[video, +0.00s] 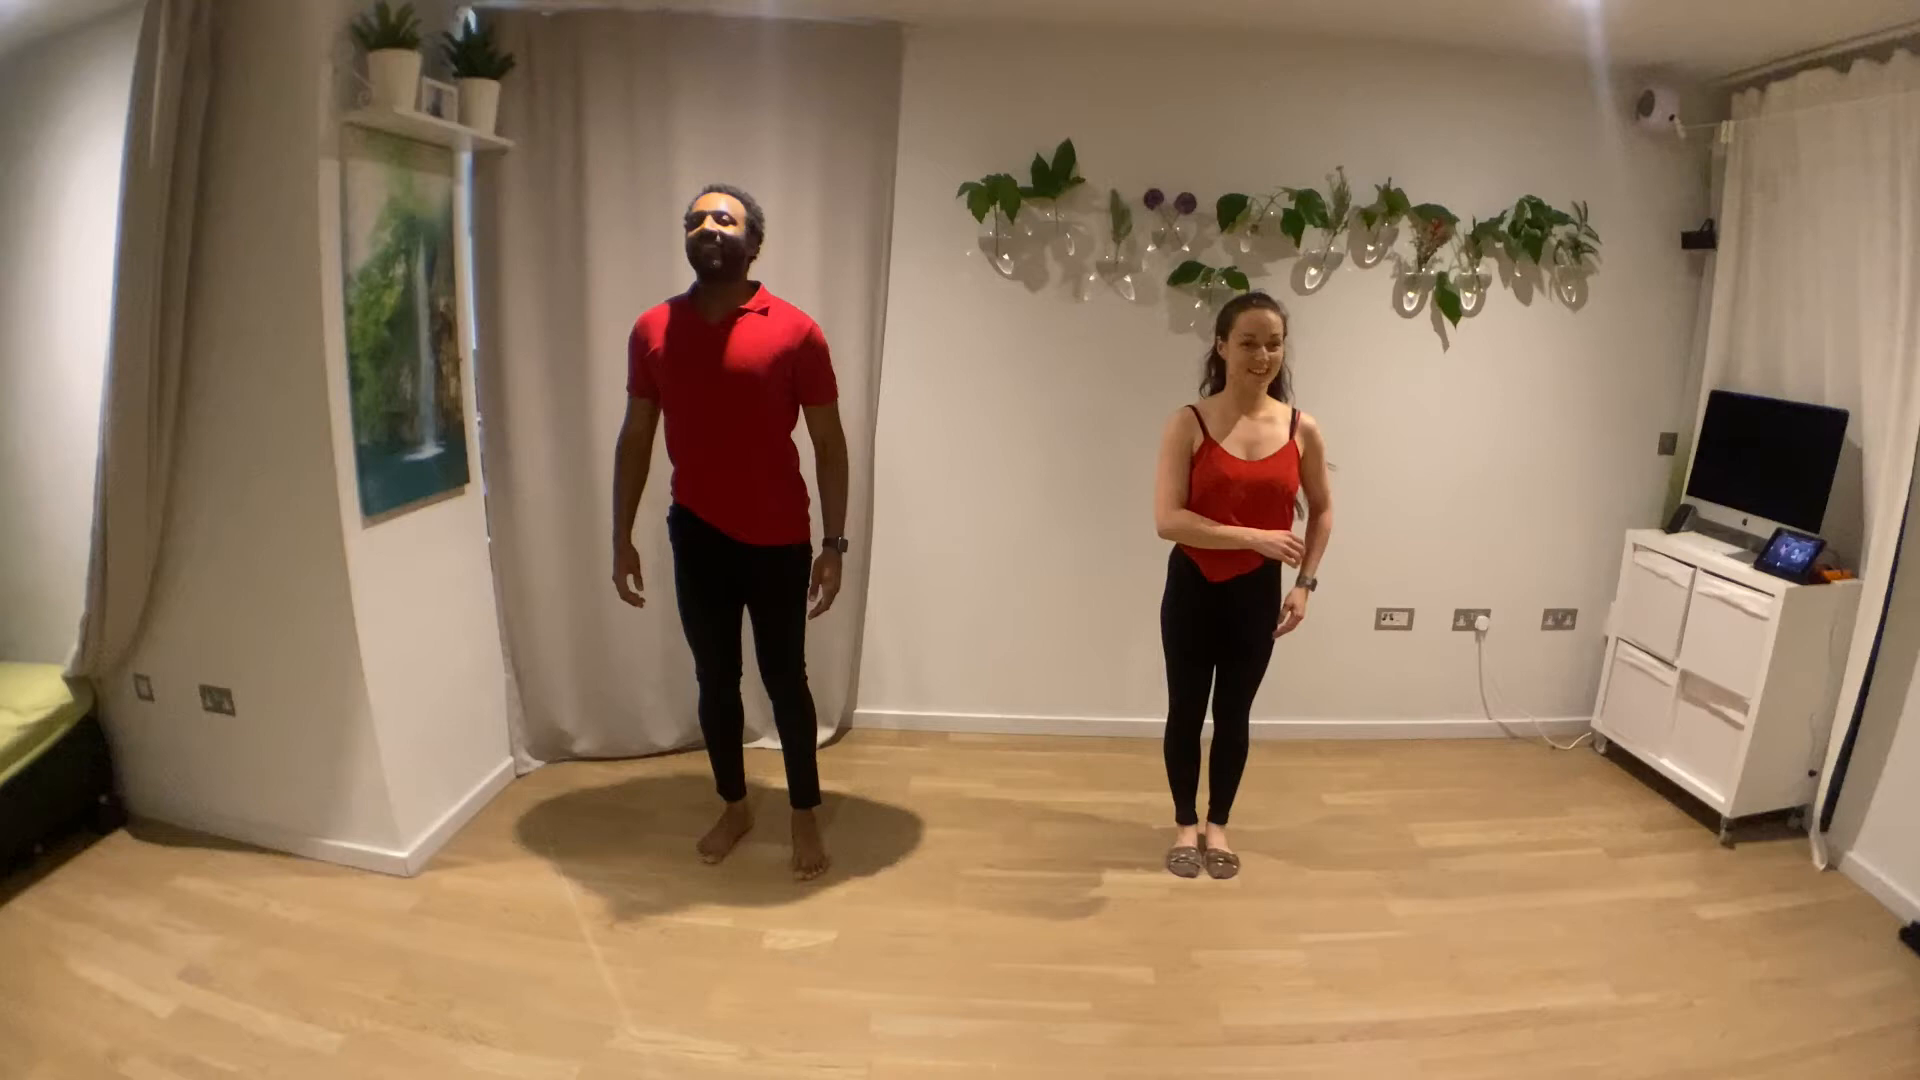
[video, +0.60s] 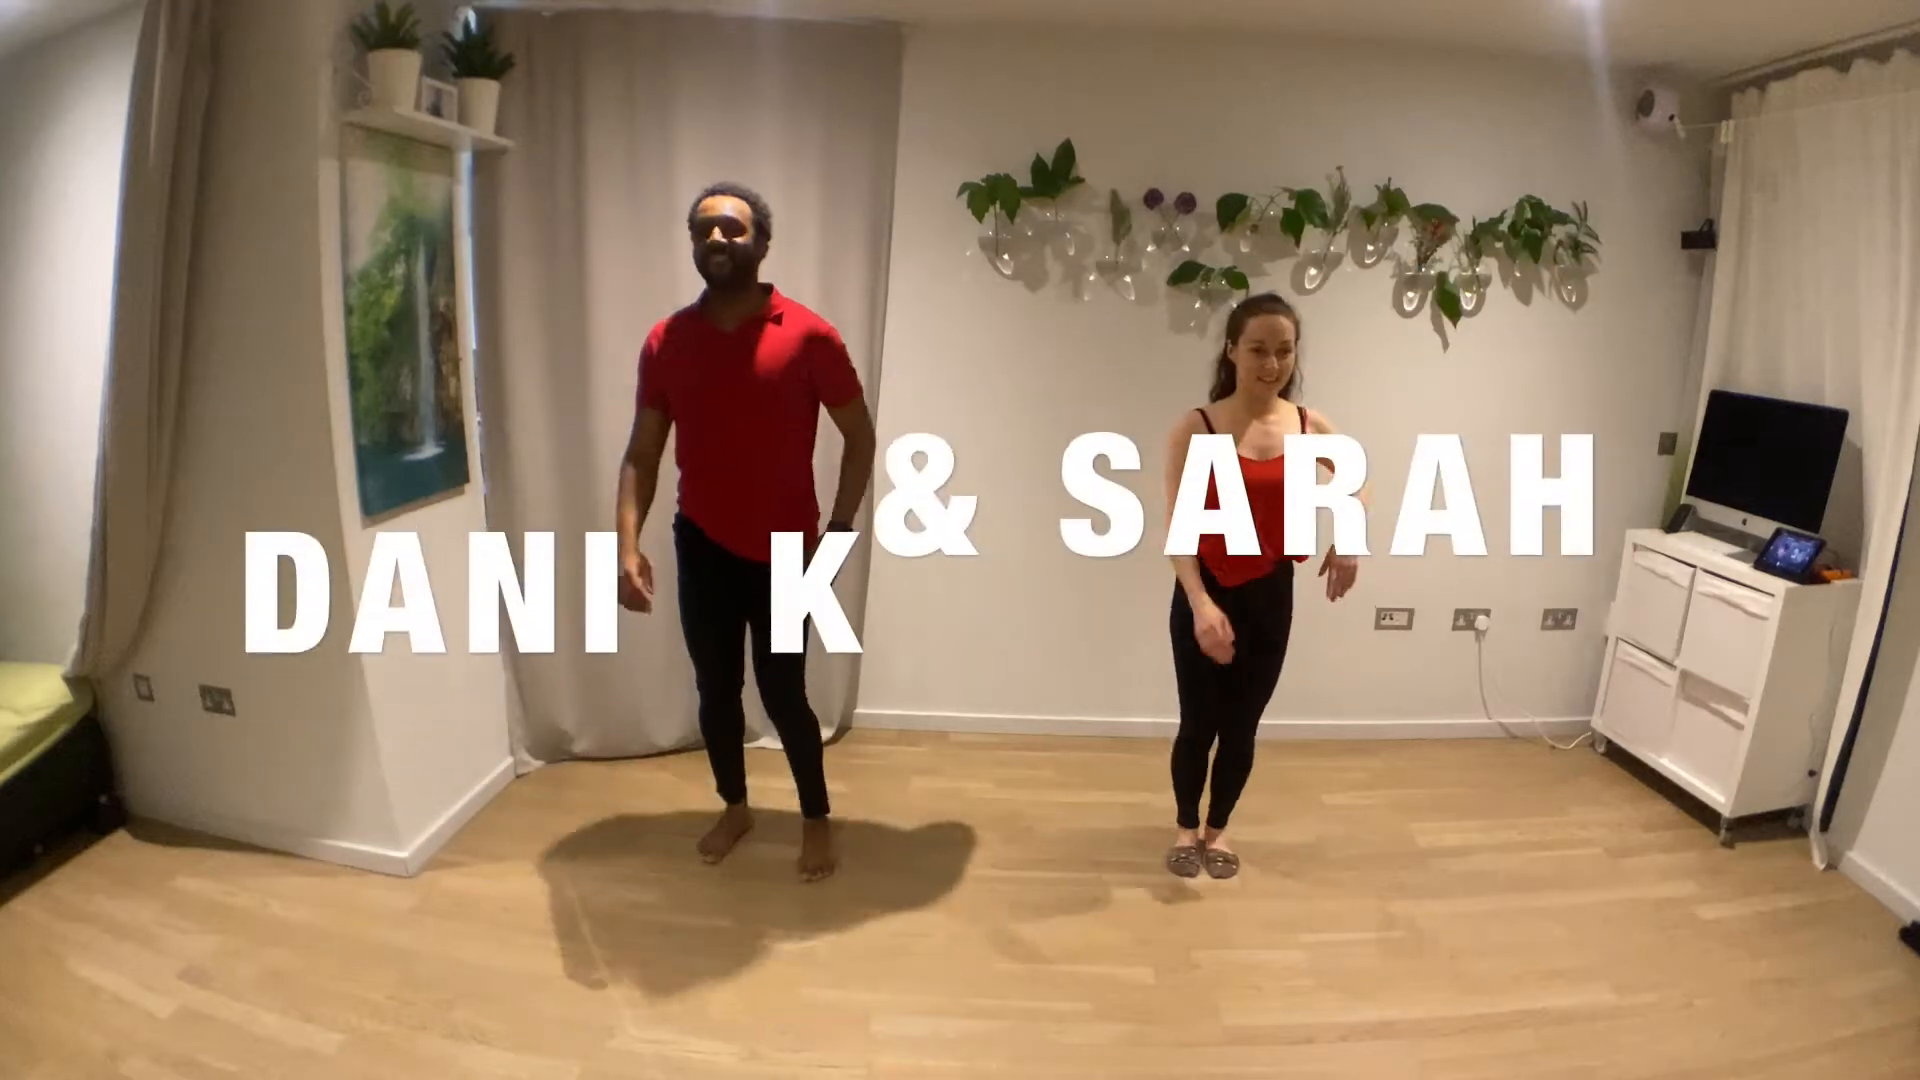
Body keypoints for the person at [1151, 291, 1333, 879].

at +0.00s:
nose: (1263, 355)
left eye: (1273, 344)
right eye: (1250, 343)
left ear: (1285, 350)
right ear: (1222, 347)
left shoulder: (1301, 430)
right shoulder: (1189, 422)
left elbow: (1321, 511)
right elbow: (1167, 519)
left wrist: (1304, 585)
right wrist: (1253, 537)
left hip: (1257, 590)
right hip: (1192, 586)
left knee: (1233, 714)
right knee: (1186, 710)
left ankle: (1216, 828)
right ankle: (1186, 829)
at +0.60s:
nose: (1271, 362)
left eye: (1283, 350)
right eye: (1259, 348)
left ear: (1295, 355)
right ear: (1231, 349)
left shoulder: (1310, 426)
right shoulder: (1195, 428)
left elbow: (1356, 487)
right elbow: (1177, 526)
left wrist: (1346, 541)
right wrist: (1201, 604)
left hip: (1270, 592)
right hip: (1204, 589)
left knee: (1241, 724)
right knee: (1200, 721)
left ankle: (1215, 836)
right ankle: (1187, 832)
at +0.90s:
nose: (1283, 373)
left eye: (1295, 361)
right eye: (1270, 359)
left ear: (1307, 368)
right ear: (1242, 361)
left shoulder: (1320, 446)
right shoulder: (1204, 436)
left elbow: (1331, 552)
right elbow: (1153, 512)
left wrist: (1317, 502)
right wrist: (1146, 595)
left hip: (1287, 609)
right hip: (1220, 608)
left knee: (1260, 745)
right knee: (1244, 746)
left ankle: (1221, 829)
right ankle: (1221, 833)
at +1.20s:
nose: (1303, 369)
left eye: (1316, 357)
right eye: (1289, 355)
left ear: (1328, 364)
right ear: (1258, 358)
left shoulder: (1341, 456)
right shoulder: (1218, 431)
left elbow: (1341, 560)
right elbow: (1134, 460)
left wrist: (1313, 632)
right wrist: (1145, 496)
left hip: (1304, 625)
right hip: (1231, 623)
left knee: (1291, 775)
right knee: (1245, 775)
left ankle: (1231, 822)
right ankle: (1256, 903)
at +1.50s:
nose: (1312, 389)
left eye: (1326, 376)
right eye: (1297, 374)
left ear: (1340, 384)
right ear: (1267, 377)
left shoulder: (1359, 472)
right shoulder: (1223, 469)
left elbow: (1423, 557)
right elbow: (1154, 549)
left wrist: (1402, 651)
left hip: (1302, 655)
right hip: (1225, 651)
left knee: (1285, 802)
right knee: (1239, 800)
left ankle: (1283, 926)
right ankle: (1265, 909)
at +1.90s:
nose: (1313, 395)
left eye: (1327, 381)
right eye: (1296, 379)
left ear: (1340, 390)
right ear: (1260, 382)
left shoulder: (1351, 470)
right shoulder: (1205, 479)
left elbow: (1435, 531)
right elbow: (1167, 581)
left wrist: (1389, 514)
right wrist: (1207, 646)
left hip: (1322, 691)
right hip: (1237, 692)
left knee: (1300, 873)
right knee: (1233, 871)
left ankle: (1232, 994)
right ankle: (1243, 897)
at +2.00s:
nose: (1310, 397)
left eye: (1325, 382)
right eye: (1294, 380)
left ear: (1339, 391)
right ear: (1259, 384)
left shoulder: (1347, 479)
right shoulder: (1202, 471)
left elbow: (1415, 572)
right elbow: (1146, 546)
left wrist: (1366, 489)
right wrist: (1164, 631)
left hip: (1323, 692)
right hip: (1237, 694)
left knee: (1298, 874)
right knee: (1234, 877)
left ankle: (1237, 995)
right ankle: (1194, 899)